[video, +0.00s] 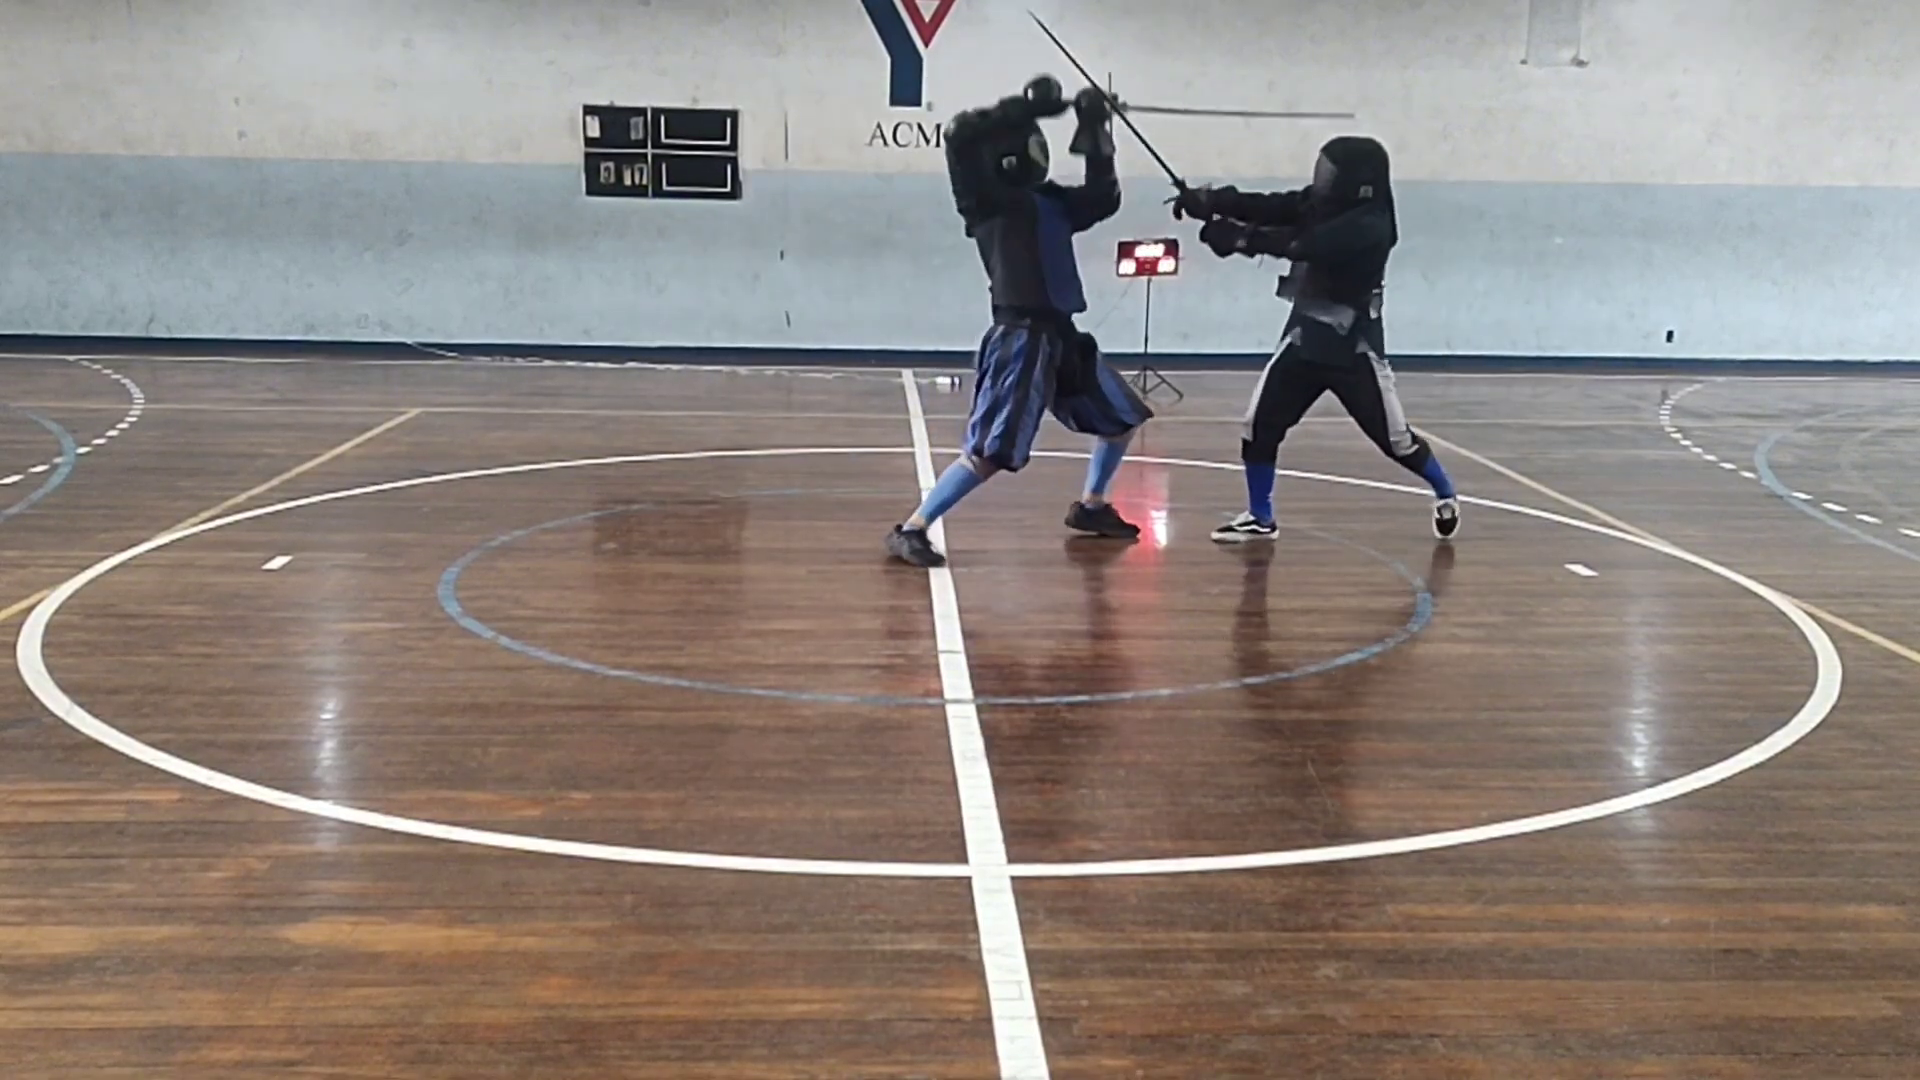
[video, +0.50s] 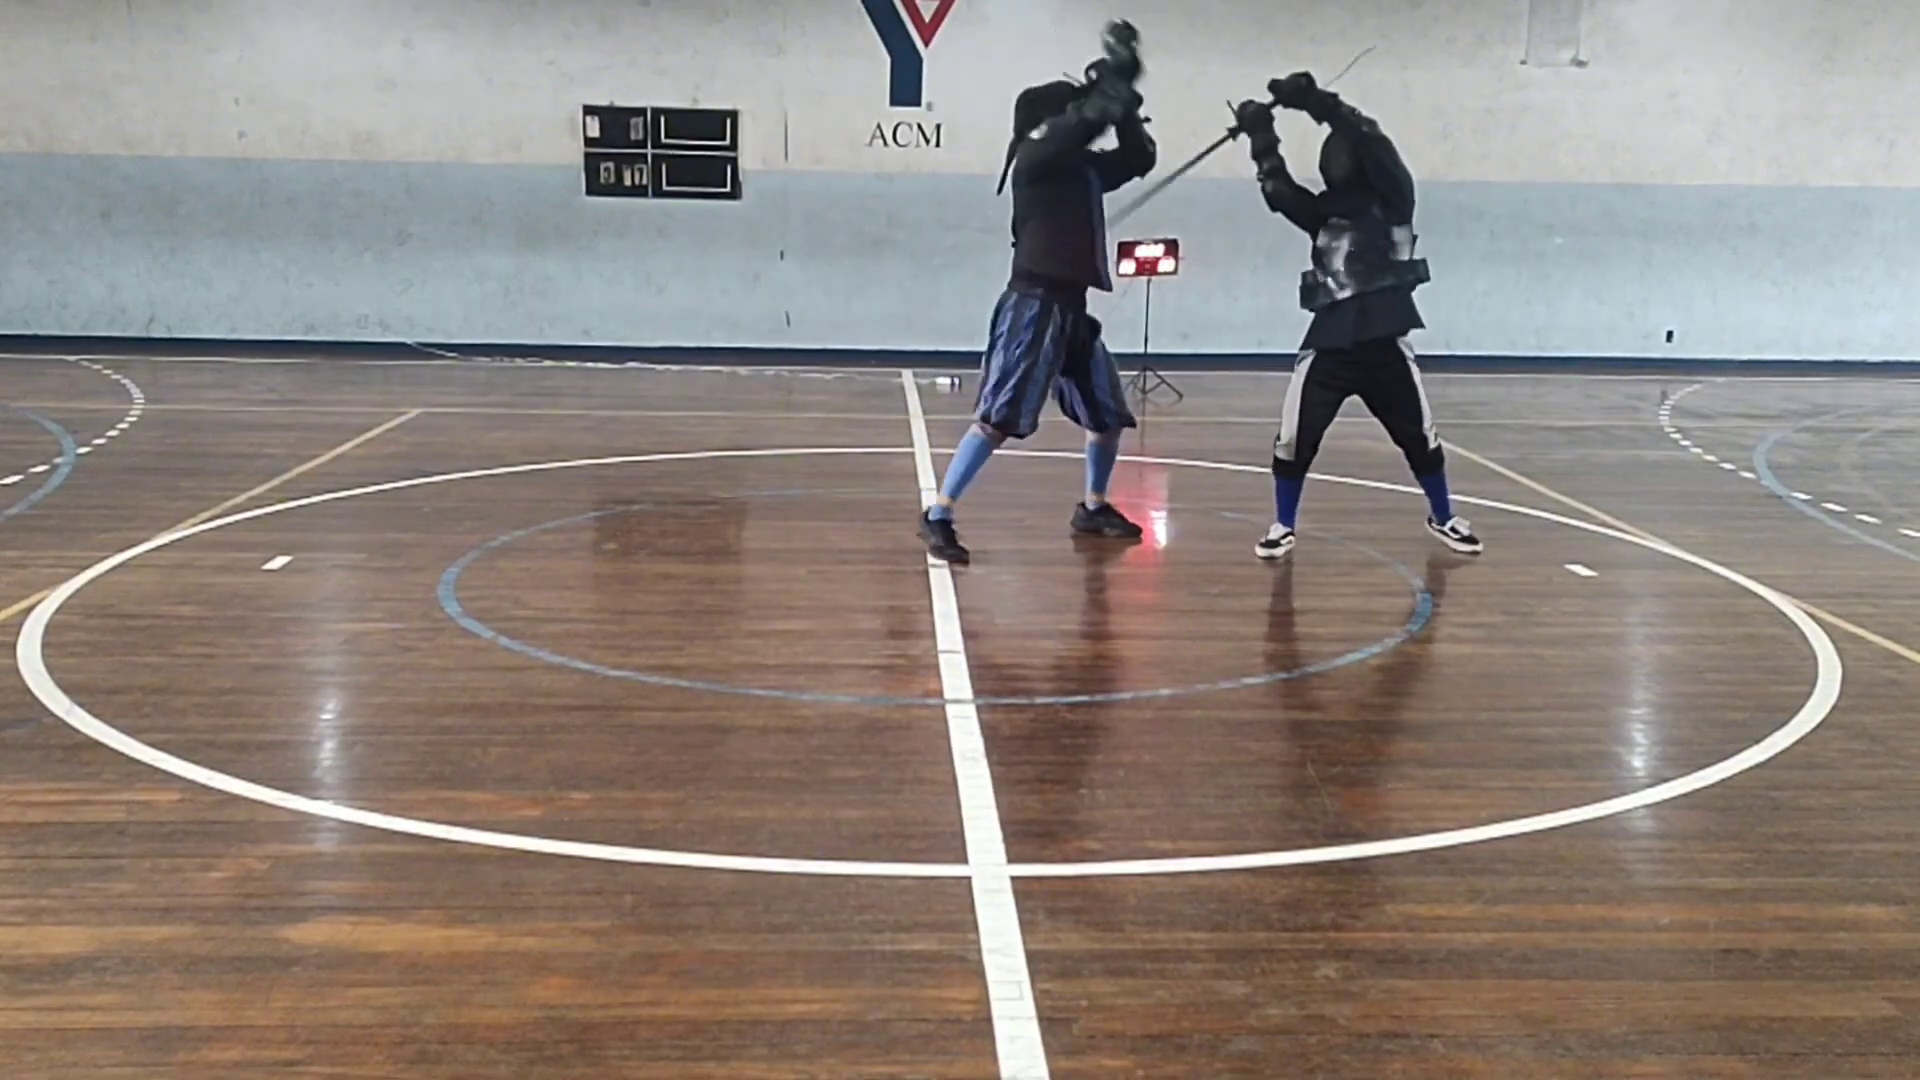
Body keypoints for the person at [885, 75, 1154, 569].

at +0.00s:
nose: (1043, 152)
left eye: (1042, 144)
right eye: (1032, 144)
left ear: (1038, 153)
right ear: (1006, 156)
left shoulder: (1054, 203)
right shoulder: (989, 203)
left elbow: (1103, 199)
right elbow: (963, 139)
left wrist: (1097, 134)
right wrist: (1028, 106)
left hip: (1062, 340)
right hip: (1019, 338)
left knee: (1122, 418)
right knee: (995, 450)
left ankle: (1092, 507)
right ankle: (912, 530)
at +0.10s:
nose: (1056, 137)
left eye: (1053, 130)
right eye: (1046, 130)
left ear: (1043, 143)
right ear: (1023, 141)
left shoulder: (1075, 184)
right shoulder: (997, 182)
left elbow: (1108, 149)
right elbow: (969, 106)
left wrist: (1094, 89)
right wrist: (1027, 62)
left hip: (1075, 327)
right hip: (1025, 326)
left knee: (1120, 427)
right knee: (1001, 440)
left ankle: (1095, 510)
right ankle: (924, 526)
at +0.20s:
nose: (1072, 124)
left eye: (1072, 118)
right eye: (1063, 117)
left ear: (1069, 126)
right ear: (1035, 127)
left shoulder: (1086, 173)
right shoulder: (1007, 168)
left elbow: (1115, 139)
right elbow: (973, 99)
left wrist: (1096, 87)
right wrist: (1027, 53)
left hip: (1083, 310)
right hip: (1031, 309)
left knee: (1111, 417)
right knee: (1007, 421)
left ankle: (1094, 509)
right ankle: (946, 517)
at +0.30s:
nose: (1077, 119)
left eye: (1074, 113)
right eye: (1069, 112)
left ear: (1062, 123)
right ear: (1044, 121)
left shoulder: (1091, 166)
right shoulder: (1011, 162)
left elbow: (1123, 132)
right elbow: (983, 90)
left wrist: (1099, 78)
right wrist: (1035, 40)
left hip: (1084, 306)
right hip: (1031, 306)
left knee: (1105, 415)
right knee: (1011, 422)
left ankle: (1093, 509)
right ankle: (957, 521)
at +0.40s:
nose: (1079, 114)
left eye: (1077, 108)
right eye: (1069, 107)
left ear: (1071, 121)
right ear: (1046, 118)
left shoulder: (1092, 165)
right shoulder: (1019, 161)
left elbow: (1136, 136)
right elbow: (1005, 87)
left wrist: (1109, 79)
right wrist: (1049, 42)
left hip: (1080, 309)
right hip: (1030, 306)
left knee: (1107, 417)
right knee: (1004, 419)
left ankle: (1093, 510)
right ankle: (953, 521)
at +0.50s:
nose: (1087, 118)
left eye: (1086, 110)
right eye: (1078, 111)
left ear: (1061, 120)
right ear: (1051, 118)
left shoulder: (1086, 168)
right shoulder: (1035, 156)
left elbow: (1138, 158)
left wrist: (1125, 103)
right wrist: (1117, 78)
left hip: (1071, 313)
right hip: (1032, 307)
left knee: (1108, 417)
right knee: (999, 418)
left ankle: (1094, 509)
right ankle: (938, 512)